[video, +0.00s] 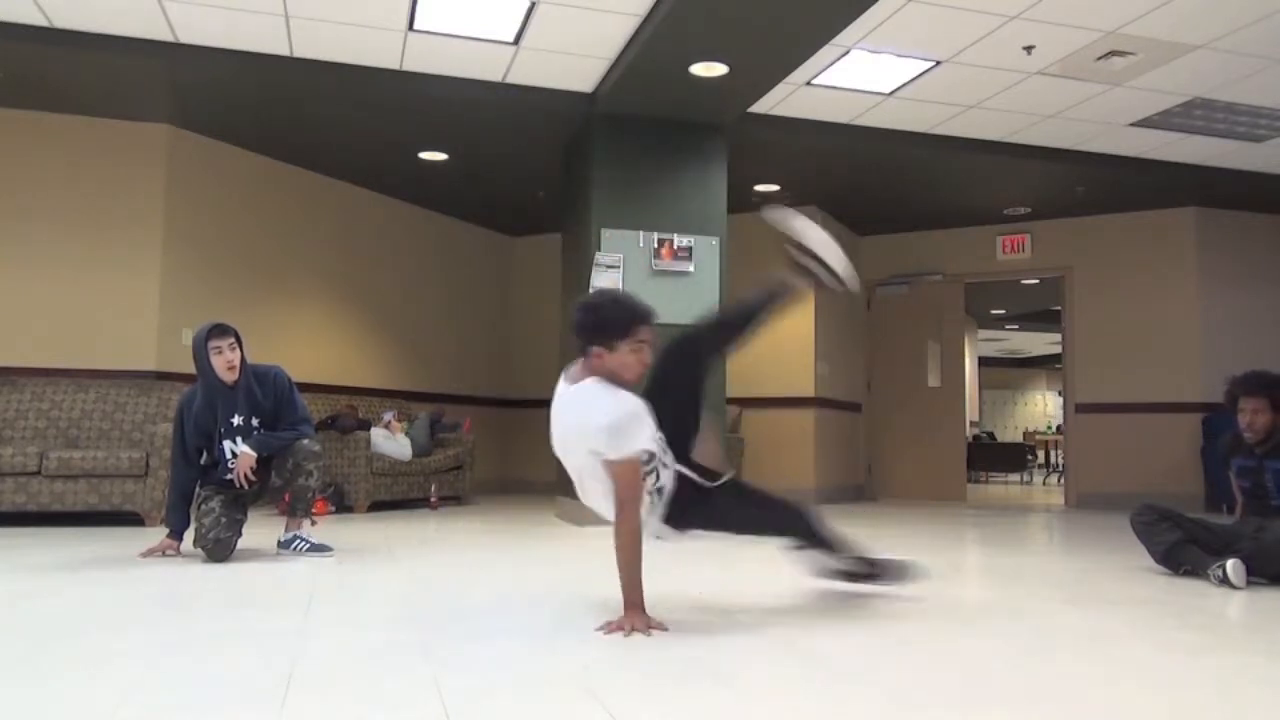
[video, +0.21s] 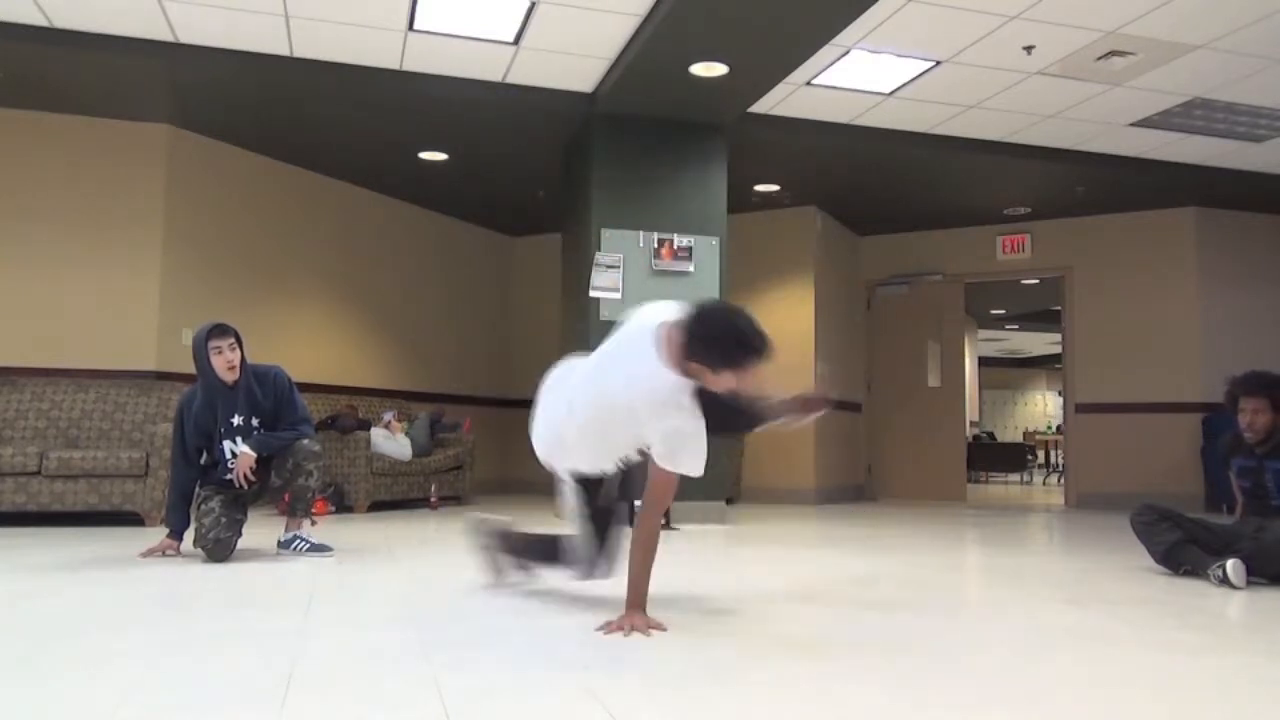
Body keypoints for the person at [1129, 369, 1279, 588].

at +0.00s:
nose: (1248, 421)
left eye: (1258, 413)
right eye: (1243, 412)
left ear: (1276, 415)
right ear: (1235, 414)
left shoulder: (1275, 452)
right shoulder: (1233, 449)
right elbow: (1242, 501)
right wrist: (1236, 532)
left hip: (1270, 536)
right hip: (1239, 533)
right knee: (1144, 514)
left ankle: (1197, 562)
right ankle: (1210, 566)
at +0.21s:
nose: (1248, 421)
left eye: (1259, 413)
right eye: (1243, 412)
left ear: (1276, 416)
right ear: (1235, 414)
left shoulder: (1276, 451)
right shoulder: (1233, 449)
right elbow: (1242, 501)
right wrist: (1235, 532)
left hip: (1271, 536)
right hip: (1240, 533)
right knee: (1144, 514)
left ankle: (1198, 562)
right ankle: (1210, 566)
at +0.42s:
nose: (1249, 421)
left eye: (1260, 412)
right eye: (1244, 412)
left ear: (1276, 415)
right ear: (1236, 415)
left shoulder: (1275, 453)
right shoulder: (1234, 451)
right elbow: (1241, 500)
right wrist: (1236, 532)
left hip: (1270, 536)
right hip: (1239, 534)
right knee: (1144, 515)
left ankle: (1197, 562)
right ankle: (1210, 567)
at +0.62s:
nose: (1249, 421)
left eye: (1260, 412)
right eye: (1244, 412)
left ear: (1277, 416)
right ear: (1236, 415)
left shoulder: (1276, 453)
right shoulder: (1233, 450)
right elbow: (1241, 500)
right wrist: (1236, 531)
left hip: (1271, 536)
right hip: (1240, 534)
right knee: (1144, 514)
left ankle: (1197, 562)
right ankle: (1210, 567)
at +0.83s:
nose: (1249, 421)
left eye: (1260, 412)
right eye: (1244, 412)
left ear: (1277, 416)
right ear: (1236, 414)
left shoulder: (1276, 453)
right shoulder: (1233, 451)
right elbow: (1241, 500)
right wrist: (1236, 531)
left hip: (1271, 536)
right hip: (1239, 533)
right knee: (1144, 514)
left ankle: (1197, 562)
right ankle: (1210, 567)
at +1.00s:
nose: (1249, 421)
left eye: (1260, 413)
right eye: (1244, 412)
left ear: (1277, 416)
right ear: (1236, 415)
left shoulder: (1275, 453)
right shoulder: (1234, 451)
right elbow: (1241, 501)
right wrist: (1236, 531)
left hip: (1271, 537)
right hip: (1240, 534)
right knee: (1145, 514)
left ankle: (1197, 562)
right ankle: (1210, 566)